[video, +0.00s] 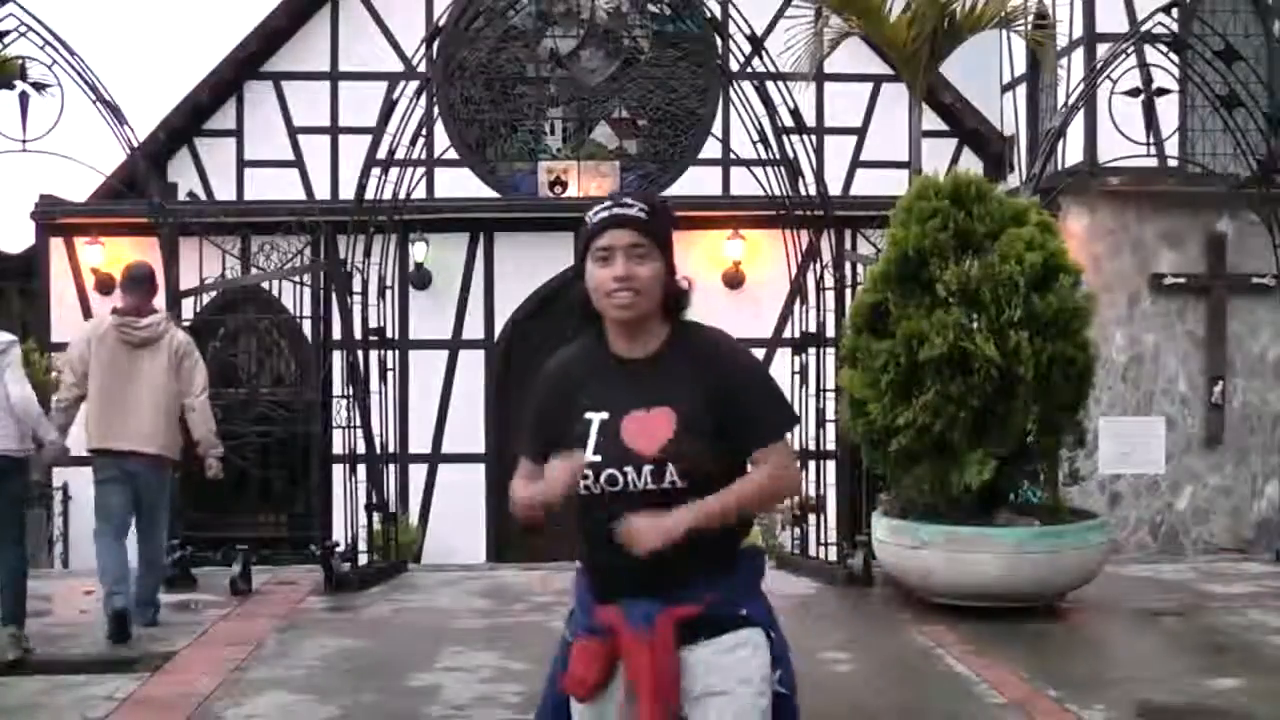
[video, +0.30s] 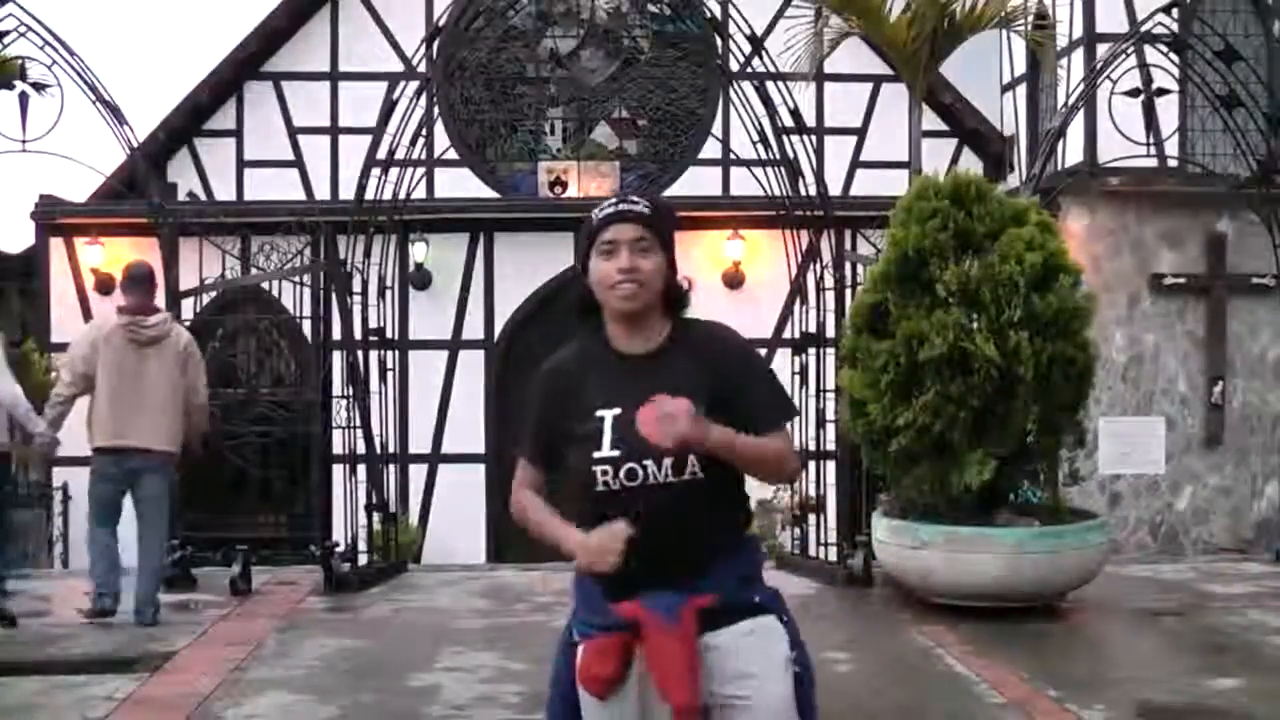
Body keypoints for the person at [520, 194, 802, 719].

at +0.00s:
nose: (620, 273)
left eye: (639, 256)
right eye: (603, 258)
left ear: (668, 271)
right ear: (585, 275)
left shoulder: (720, 360)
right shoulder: (566, 373)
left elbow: (781, 473)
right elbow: (521, 497)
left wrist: (679, 519)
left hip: (716, 616)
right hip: (604, 618)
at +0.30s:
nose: (625, 264)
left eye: (642, 249)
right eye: (608, 251)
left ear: (669, 267)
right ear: (588, 273)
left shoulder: (719, 350)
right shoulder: (564, 374)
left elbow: (785, 463)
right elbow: (523, 493)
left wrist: (708, 435)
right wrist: (576, 542)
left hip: (725, 604)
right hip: (609, 611)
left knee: (772, 706)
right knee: (577, 708)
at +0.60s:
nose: (683, 265)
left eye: (700, 249)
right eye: (665, 252)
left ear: (727, 265)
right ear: (644, 270)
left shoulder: (774, 356)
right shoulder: (613, 368)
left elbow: (845, 457)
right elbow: (587, 484)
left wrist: (800, 520)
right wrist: (674, 432)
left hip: (760, 601)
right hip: (649, 603)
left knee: (790, 710)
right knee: (642, 709)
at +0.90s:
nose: (768, 270)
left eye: (782, 254)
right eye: (748, 255)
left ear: (803, 267)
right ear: (721, 271)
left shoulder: (817, 357)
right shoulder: (692, 359)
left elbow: (878, 462)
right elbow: (649, 488)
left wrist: (852, 450)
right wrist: (767, 494)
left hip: (799, 594)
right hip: (707, 597)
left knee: (863, 697)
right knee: (730, 700)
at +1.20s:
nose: (792, 277)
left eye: (806, 260)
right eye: (771, 261)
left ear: (824, 271)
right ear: (740, 276)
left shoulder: (829, 363)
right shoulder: (711, 369)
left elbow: (869, 476)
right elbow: (683, 503)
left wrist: (898, 439)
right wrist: (815, 509)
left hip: (820, 603)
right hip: (734, 609)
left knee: (865, 707)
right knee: (777, 705)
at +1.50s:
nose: (802, 308)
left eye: (814, 283)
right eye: (775, 289)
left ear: (829, 287)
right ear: (735, 298)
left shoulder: (814, 374)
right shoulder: (710, 406)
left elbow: (860, 460)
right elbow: (671, 565)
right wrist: (802, 596)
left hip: (792, 629)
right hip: (705, 642)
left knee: (869, 694)